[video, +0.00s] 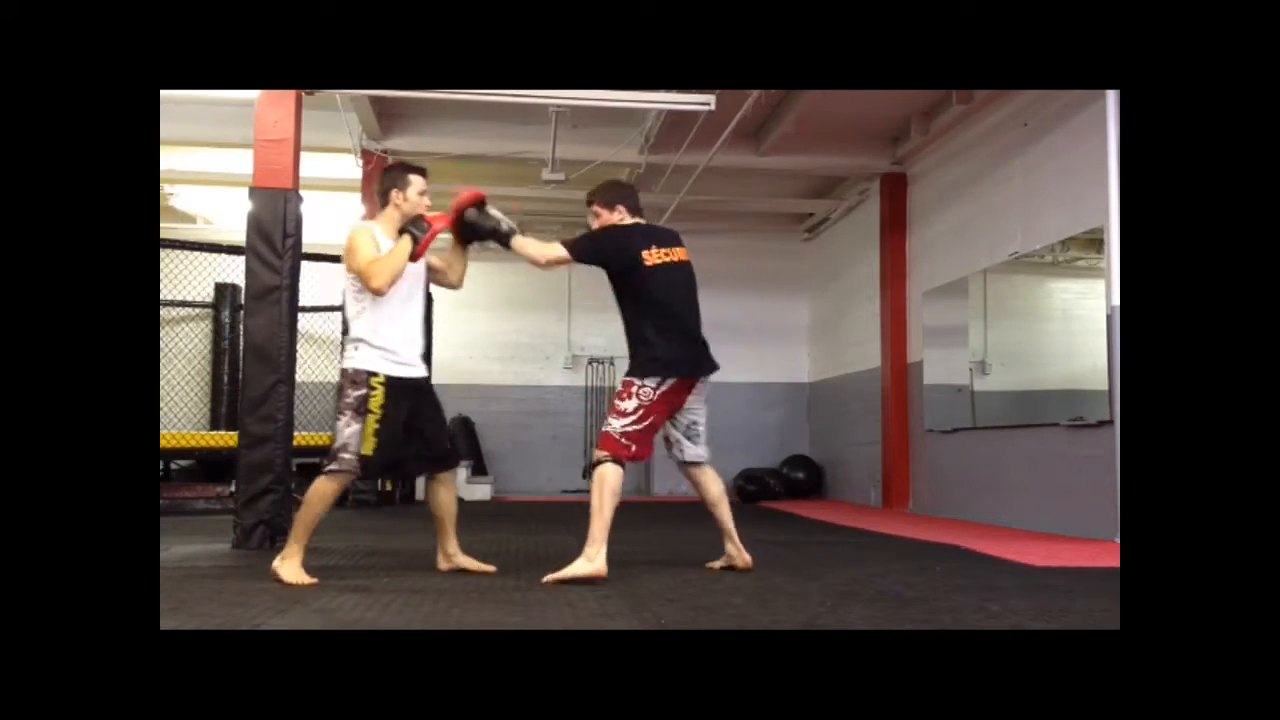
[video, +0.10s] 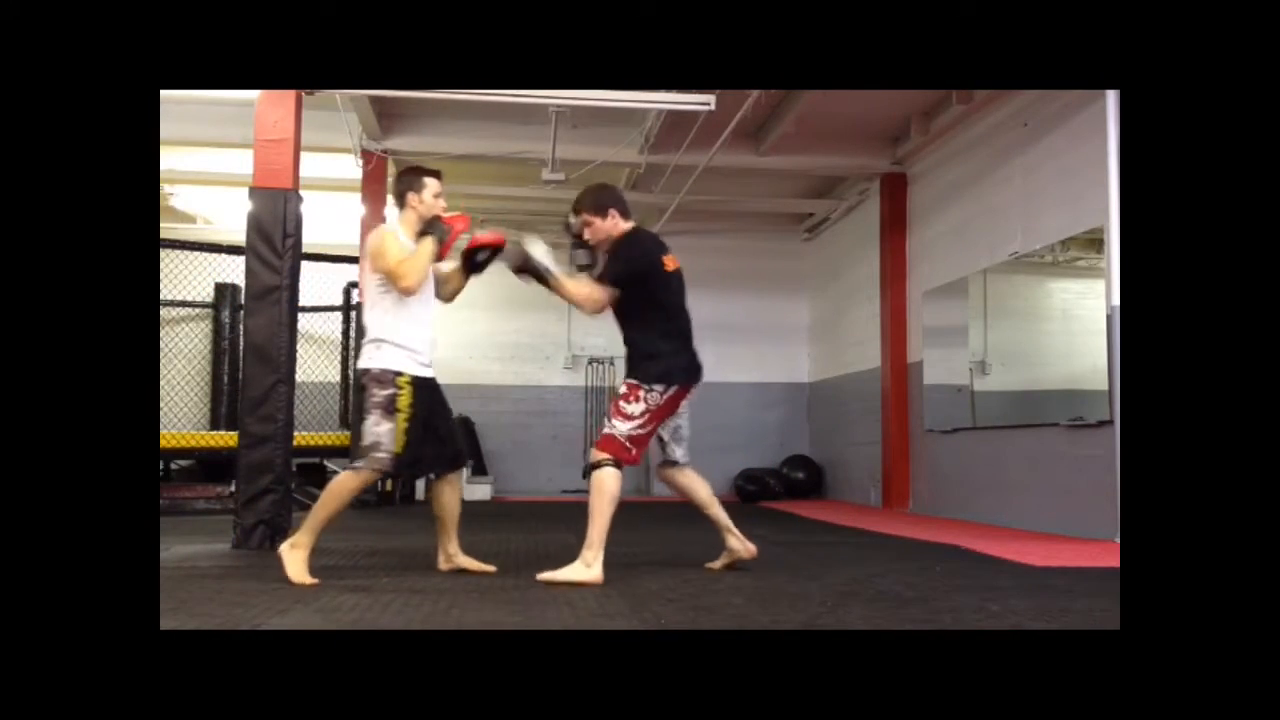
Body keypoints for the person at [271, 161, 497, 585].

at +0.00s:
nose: (427, 202)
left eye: (428, 194)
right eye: (421, 194)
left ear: (404, 198)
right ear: (395, 196)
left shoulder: (409, 246)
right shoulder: (362, 235)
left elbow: (453, 277)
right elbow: (377, 281)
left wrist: (461, 230)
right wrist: (414, 237)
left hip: (411, 373)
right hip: (369, 370)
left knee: (443, 462)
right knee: (344, 466)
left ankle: (449, 552)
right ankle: (290, 556)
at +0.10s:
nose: (443, 204)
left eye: (442, 197)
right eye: (436, 196)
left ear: (419, 200)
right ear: (412, 198)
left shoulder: (421, 246)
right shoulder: (384, 237)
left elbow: (445, 290)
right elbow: (406, 280)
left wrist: (469, 265)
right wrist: (436, 236)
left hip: (418, 370)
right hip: (386, 367)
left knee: (449, 459)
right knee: (375, 462)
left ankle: (450, 551)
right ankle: (298, 545)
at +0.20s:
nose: (459, 209)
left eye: (458, 201)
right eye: (452, 200)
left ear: (426, 204)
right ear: (428, 202)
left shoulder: (414, 240)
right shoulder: (422, 233)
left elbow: (428, 300)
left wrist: (465, 277)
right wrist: (482, 223)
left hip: (415, 365)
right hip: (403, 364)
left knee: (442, 460)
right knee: (386, 460)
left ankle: (449, 551)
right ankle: (303, 540)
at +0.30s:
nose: (466, 222)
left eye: (468, 215)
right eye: (462, 213)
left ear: (430, 212)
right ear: (439, 208)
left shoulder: (398, 249)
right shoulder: (438, 232)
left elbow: (406, 297)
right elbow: (502, 233)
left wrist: (449, 291)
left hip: (411, 369)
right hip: (407, 370)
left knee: (447, 462)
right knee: (389, 463)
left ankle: (449, 552)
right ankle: (305, 542)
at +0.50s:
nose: (470, 222)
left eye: (472, 216)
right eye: (465, 213)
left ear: (451, 214)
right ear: (441, 207)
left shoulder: (428, 247)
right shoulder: (433, 231)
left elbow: (432, 316)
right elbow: (473, 252)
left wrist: (468, 295)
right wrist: (497, 221)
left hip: (423, 367)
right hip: (406, 365)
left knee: (452, 458)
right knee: (388, 459)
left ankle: (450, 552)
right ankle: (308, 543)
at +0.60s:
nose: (464, 209)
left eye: (464, 202)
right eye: (458, 201)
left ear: (443, 204)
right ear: (433, 202)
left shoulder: (440, 259)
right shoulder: (409, 237)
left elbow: (469, 306)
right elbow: (419, 272)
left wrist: (488, 275)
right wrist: (440, 232)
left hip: (424, 369)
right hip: (396, 362)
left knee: (451, 456)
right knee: (375, 455)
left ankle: (450, 551)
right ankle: (301, 540)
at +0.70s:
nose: (445, 208)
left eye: (448, 201)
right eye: (439, 199)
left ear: (445, 205)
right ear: (412, 198)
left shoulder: (432, 254)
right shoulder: (384, 237)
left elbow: (468, 296)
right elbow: (366, 288)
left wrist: (485, 281)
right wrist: (401, 236)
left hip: (423, 370)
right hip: (385, 364)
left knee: (450, 459)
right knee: (358, 458)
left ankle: (449, 552)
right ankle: (289, 542)